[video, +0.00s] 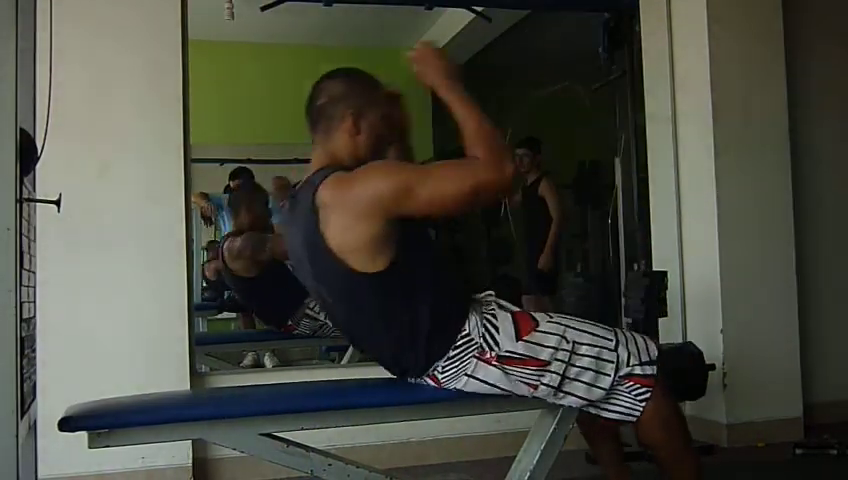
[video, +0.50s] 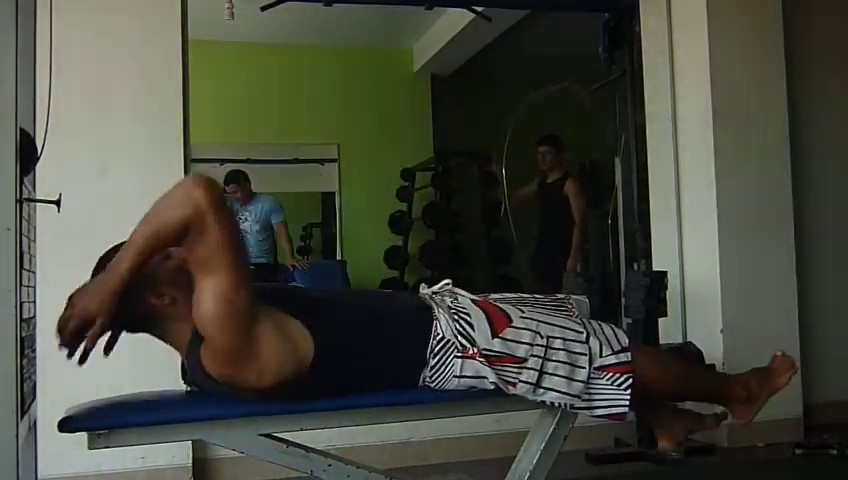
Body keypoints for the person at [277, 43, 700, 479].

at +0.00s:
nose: (394, 141)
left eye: (393, 128)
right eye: (387, 126)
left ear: (331, 127)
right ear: (352, 125)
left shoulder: (306, 200)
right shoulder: (359, 190)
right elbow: (494, 173)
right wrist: (448, 85)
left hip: (429, 347)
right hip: (459, 347)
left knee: (576, 351)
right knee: (634, 367)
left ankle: (615, 468)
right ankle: (686, 468)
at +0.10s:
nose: (348, 159)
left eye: (345, 146)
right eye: (341, 147)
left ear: (279, 156)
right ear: (313, 150)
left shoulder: (274, 232)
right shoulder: (325, 215)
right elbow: (449, 152)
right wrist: (368, 83)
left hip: (431, 350)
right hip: (463, 344)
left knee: (571, 351)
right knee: (633, 365)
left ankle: (626, 464)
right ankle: (694, 469)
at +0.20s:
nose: (314, 193)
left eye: (309, 182)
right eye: (302, 182)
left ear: (242, 198)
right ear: (267, 192)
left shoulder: (252, 263)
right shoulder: (291, 253)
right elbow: (393, 150)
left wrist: (251, 145)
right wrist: (291, 107)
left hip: (440, 336)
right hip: (455, 343)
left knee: (583, 365)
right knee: (625, 365)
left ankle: (644, 464)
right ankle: (723, 461)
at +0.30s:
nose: (272, 239)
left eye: (267, 229)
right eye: (258, 231)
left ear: (217, 250)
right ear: (226, 245)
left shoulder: (246, 307)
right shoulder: (259, 306)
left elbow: (318, 187)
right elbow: (332, 172)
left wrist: (205, 178)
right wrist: (214, 158)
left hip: (448, 327)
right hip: (455, 339)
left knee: (592, 357)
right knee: (624, 355)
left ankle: (656, 455)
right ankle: (733, 432)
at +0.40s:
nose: (228, 256)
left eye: (218, 249)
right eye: (213, 257)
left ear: (181, 293)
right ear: (191, 285)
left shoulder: (229, 330)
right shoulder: (236, 340)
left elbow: (263, 196)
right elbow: (263, 189)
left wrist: (153, 232)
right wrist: (150, 232)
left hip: (439, 317)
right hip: (450, 338)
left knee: (589, 350)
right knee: (621, 362)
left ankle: (664, 433)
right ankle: (735, 399)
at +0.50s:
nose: (192, 261)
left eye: (182, 256)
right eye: (177, 261)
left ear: (160, 300)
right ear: (170, 293)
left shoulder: (222, 334)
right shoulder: (226, 342)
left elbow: (199, 199)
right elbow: (197, 192)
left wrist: (111, 284)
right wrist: (110, 282)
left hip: (437, 322)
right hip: (451, 340)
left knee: (587, 341)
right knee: (615, 358)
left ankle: (678, 421)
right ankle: (737, 390)